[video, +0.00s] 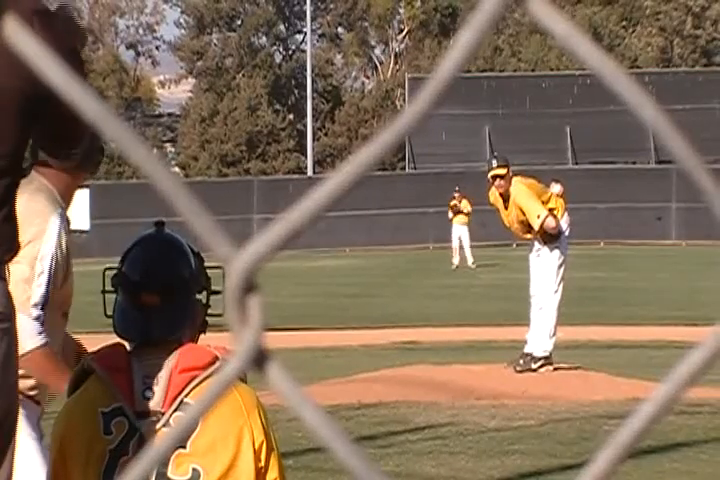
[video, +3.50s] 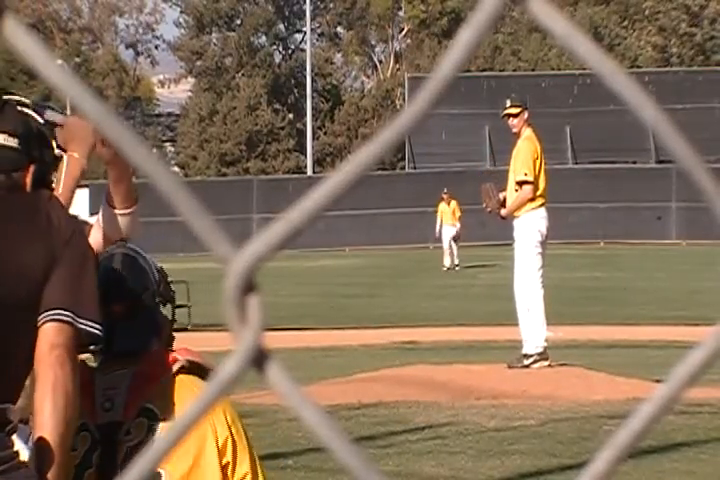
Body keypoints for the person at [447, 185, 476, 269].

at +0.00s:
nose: (457, 195)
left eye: (458, 193)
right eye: (455, 193)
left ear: (461, 194)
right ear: (453, 194)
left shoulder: (464, 201)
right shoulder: (452, 203)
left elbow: (469, 210)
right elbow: (450, 216)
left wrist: (461, 209)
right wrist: (454, 210)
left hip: (464, 224)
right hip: (455, 224)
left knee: (466, 243)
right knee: (455, 244)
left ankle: (470, 261)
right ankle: (455, 261)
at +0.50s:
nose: (452, 194)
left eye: (453, 192)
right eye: (451, 192)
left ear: (455, 193)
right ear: (449, 193)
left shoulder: (459, 201)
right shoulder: (449, 201)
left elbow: (463, 210)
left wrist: (454, 209)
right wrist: (445, 213)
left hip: (458, 222)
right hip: (451, 222)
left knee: (458, 241)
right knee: (452, 242)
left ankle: (459, 260)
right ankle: (454, 260)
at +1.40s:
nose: (450, 195)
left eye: (451, 193)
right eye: (448, 193)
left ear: (453, 194)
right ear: (447, 194)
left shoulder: (456, 202)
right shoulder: (444, 203)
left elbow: (459, 212)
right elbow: (441, 211)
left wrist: (458, 220)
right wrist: (442, 218)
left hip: (455, 222)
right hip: (447, 223)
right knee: (445, 243)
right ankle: (445, 261)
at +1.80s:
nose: (444, 195)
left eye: (445, 193)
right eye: (442, 193)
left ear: (447, 194)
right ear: (440, 194)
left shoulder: (451, 202)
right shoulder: (439, 203)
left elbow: (457, 214)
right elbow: (435, 214)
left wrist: (461, 224)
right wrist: (441, 205)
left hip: (451, 224)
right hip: (443, 224)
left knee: (453, 243)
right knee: (444, 244)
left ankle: (453, 261)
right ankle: (445, 262)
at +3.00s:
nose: (453, 196)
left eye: (454, 194)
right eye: (452, 194)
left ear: (456, 195)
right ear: (449, 194)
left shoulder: (459, 203)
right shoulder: (446, 203)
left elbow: (463, 214)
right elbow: (442, 214)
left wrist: (465, 226)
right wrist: (448, 212)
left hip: (457, 224)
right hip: (449, 224)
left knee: (457, 244)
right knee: (449, 244)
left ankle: (456, 263)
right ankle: (449, 261)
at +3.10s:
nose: (453, 195)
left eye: (454, 193)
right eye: (451, 193)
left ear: (456, 195)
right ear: (449, 194)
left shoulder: (459, 203)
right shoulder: (446, 203)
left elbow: (463, 214)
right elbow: (443, 212)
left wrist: (464, 224)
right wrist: (445, 219)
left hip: (456, 224)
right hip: (449, 224)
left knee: (456, 244)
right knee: (448, 244)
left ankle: (457, 262)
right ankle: (449, 262)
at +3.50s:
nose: (445, 196)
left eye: (447, 194)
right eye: (444, 194)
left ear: (449, 195)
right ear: (442, 195)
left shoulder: (454, 203)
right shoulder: (441, 205)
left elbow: (458, 215)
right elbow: (439, 218)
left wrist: (458, 225)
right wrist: (437, 229)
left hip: (453, 225)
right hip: (445, 225)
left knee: (453, 244)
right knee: (445, 245)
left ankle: (456, 262)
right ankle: (447, 263)